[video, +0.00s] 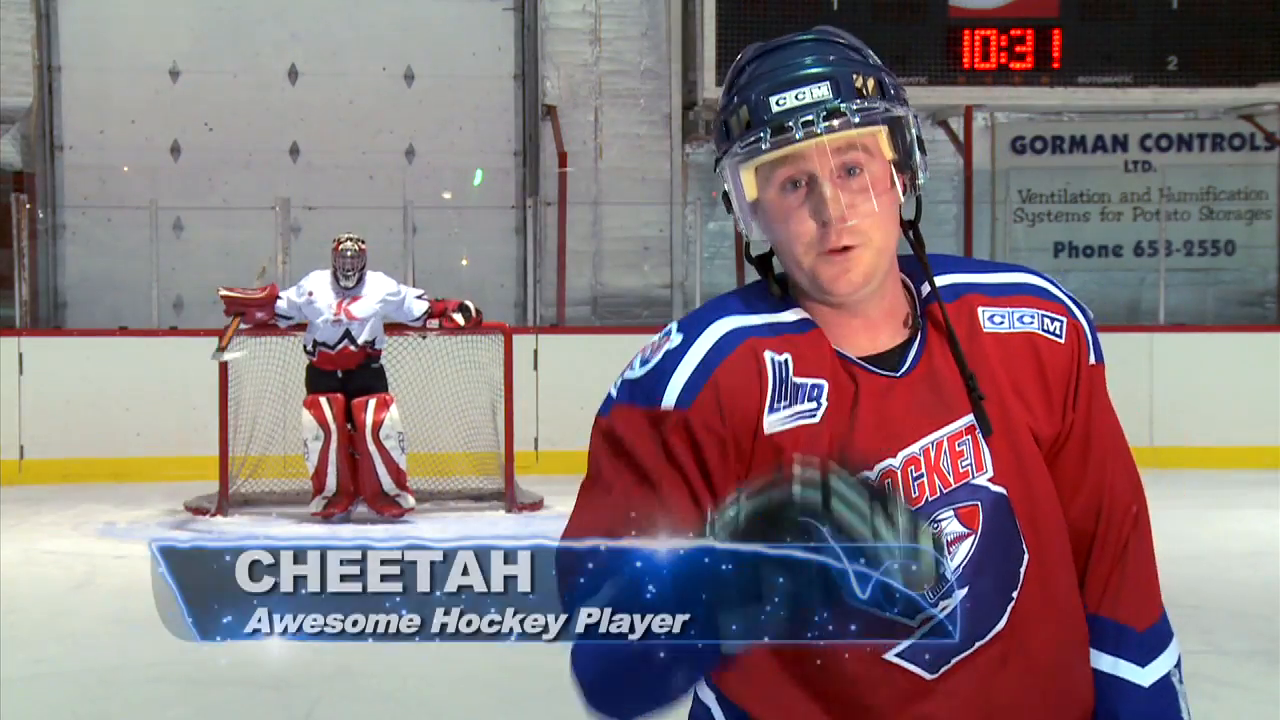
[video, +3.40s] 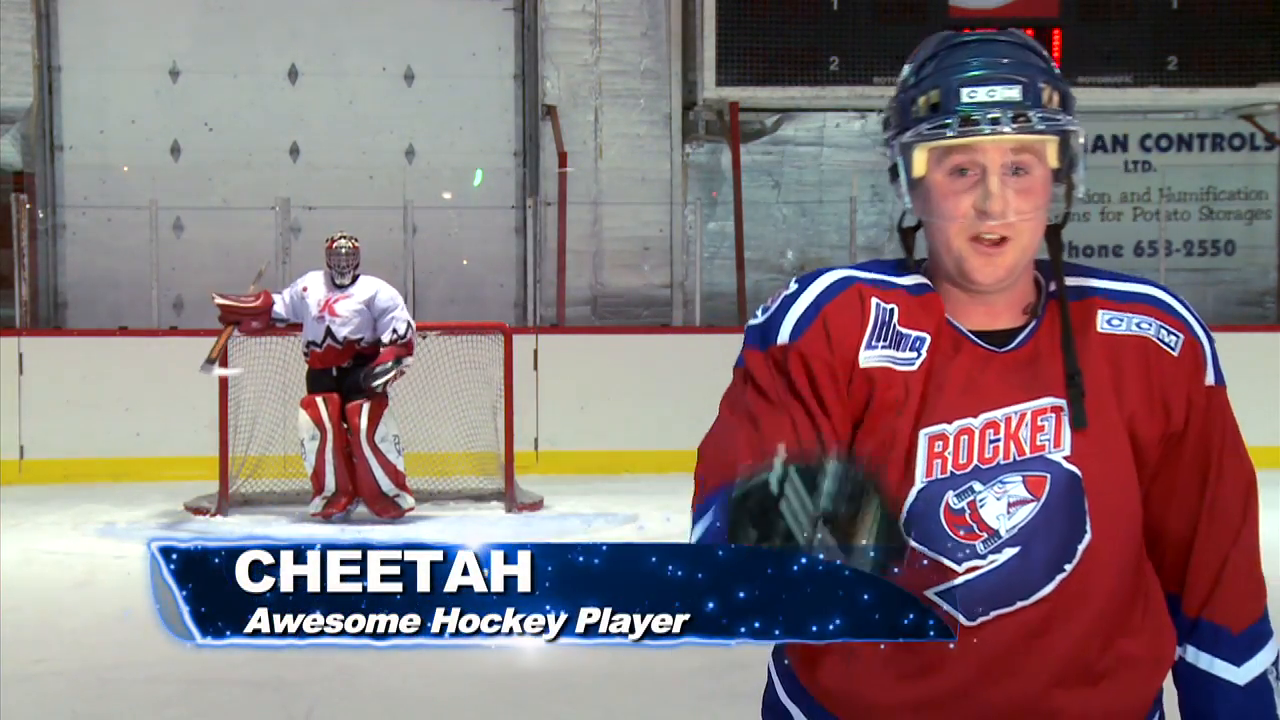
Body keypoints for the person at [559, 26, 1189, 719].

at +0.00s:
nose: (833, 208)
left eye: (853, 166)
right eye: (793, 182)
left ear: (901, 177)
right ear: (751, 212)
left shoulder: (1039, 325)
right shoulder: (682, 389)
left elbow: (1124, 603)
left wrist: (1144, 711)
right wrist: (755, 581)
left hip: (1047, 708)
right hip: (801, 712)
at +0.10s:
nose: (828, 198)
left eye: (851, 158)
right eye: (789, 171)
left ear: (899, 177)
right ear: (748, 205)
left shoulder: (1036, 325)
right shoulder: (692, 396)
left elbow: (1118, 583)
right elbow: (616, 639)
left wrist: (1140, 709)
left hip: (1050, 706)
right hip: (828, 710)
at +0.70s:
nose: (819, 204)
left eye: (844, 165)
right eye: (780, 185)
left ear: (897, 178)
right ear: (746, 226)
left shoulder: (1048, 313)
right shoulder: (704, 421)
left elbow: (1179, 482)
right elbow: (617, 690)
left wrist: (1234, 654)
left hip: (1053, 701)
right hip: (817, 707)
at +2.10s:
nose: (895, 161)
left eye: (924, 133)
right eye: (865, 136)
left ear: (969, 168)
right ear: (823, 175)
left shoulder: (1086, 328)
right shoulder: (748, 366)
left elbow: (1210, 585)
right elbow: (644, 645)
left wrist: (1272, 697)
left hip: (1072, 705)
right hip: (834, 713)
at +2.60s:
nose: (1000, 184)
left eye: (1031, 158)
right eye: (971, 151)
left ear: (1065, 182)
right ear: (920, 167)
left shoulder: (1145, 351)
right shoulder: (808, 342)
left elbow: (1261, 600)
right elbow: (704, 606)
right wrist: (613, 714)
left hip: (1090, 706)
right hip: (856, 710)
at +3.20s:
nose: (1032, 192)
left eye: (1063, 162)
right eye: (1001, 158)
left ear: (1097, 182)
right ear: (950, 171)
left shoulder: (1172, 345)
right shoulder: (843, 330)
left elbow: (1249, 592)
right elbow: (731, 562)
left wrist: (1254, 705)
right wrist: (708, 702)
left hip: (1102, 703)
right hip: (864, 705)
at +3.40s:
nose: (994, 201)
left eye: (1020, 168)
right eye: (961, 170)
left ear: (1056, 184)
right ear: (912, 185)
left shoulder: (1154, 340)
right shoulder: (823, 329)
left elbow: (1223, 610)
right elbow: (729, 517)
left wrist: (1233, 714)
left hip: (1093, 707)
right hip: (855, 707)